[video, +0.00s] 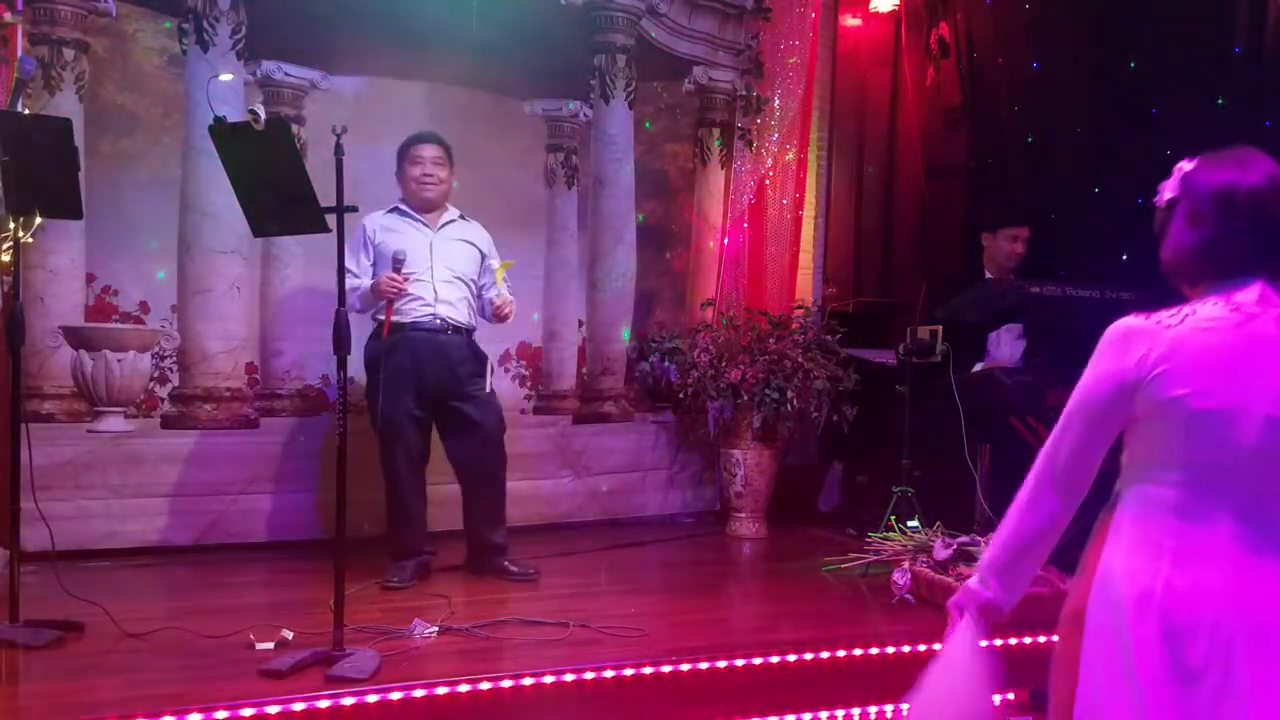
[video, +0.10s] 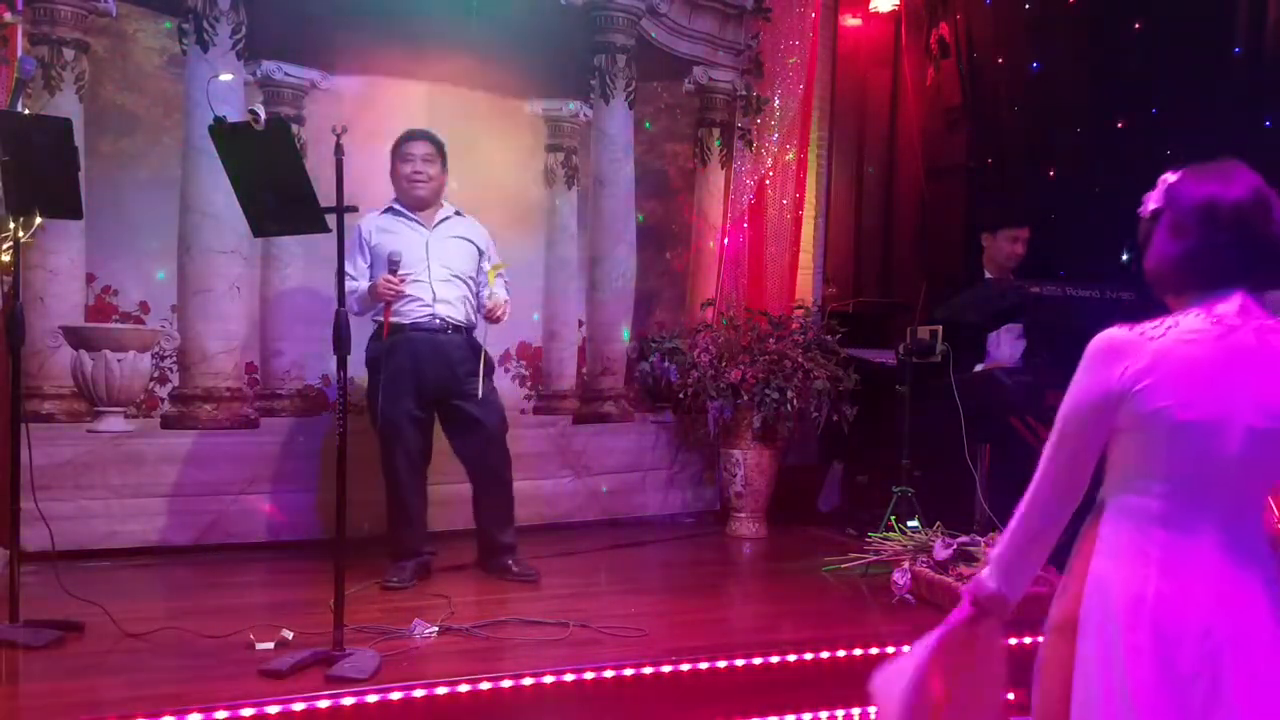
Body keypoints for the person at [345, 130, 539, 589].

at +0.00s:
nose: (428, 171)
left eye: (438, 164)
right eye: (417, 163)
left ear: (452, 176)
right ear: (400, 174)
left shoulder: (475, 235)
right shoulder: (376, 226)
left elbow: (490, 300)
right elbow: (351, 297)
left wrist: (501, 305)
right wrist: (374, 290)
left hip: (460, 352)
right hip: (400, 351)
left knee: (486, 444)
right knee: (402, 455)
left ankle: (488, 552)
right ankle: (409, 557)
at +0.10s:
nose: (418, 168)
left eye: (428, 160)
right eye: (408, 160)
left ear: (444, 172)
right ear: (392, 171)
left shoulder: (471, 230)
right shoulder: (372, 228)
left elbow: (494, 287)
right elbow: (350, 300)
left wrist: (496, 303)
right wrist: (372, 292)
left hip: (461, 350)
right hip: (401, 351)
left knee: (491, 446)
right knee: (403, 457)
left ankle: (499, 552)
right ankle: (410, 557)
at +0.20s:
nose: (409, 167)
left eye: (420, 159)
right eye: (399, 160)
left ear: (440, 171)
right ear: (387, 173)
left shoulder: (470, 225)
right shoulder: (369, 228)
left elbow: (497, 280)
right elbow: (351, 302)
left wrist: (495, 303)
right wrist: (371, 294)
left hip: (463, 348)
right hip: (402, 350)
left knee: (494, 441)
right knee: (403, 455)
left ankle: (509, 549)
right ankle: (410, 557)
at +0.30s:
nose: (405, 168)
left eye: (416, 159)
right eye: (395, 161)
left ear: (438, 170)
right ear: (385, 174)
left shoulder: (474, 222)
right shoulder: (371, 232)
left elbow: (501, 276)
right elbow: (353, 304)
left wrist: (499, 307)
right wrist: (372, 299)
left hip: (467, 348)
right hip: (406, 350)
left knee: (497, 451)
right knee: (406, 459)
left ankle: (515, 550)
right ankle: (411, 558)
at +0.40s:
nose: (406, 168)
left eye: (417, 159)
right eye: (397, 161)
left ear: (441, 169)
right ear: (389, 175)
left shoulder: (479, 219)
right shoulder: (377, 232)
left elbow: (509, 273)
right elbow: (357, 305)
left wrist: (505, 304)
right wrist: (374, 300)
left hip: (472, 348)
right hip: (411, 351)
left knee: (500, 451)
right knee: (409, 459)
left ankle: (517, 550)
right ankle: (411, 558)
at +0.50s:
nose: (414, 168)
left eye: (425, 159)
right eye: (405, 162)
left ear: (449, 168)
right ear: (397, 174)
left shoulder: (487, 221)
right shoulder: (384, 234)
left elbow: (516, 273)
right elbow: (362, 303)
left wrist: (514, 302)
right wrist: (380, 299)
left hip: (480, 350)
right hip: (418, 353)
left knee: (504, 452)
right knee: (413, 459)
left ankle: (519, 550)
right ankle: (412, 557)